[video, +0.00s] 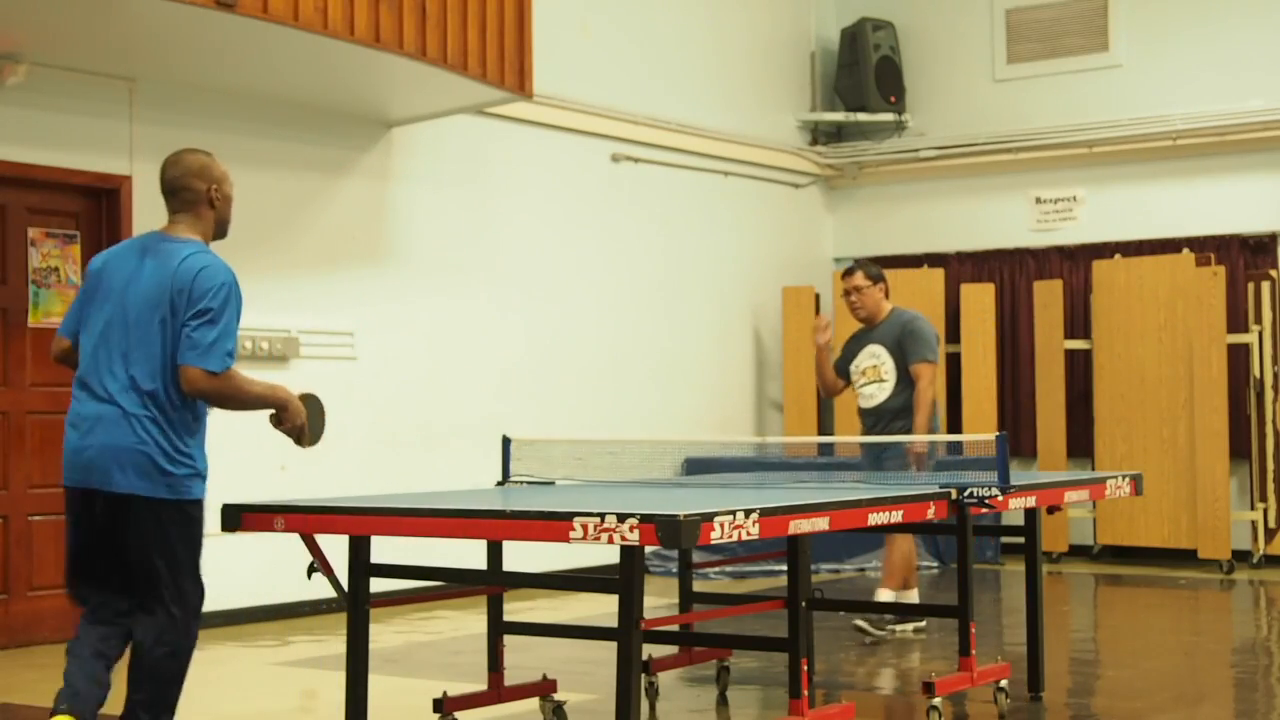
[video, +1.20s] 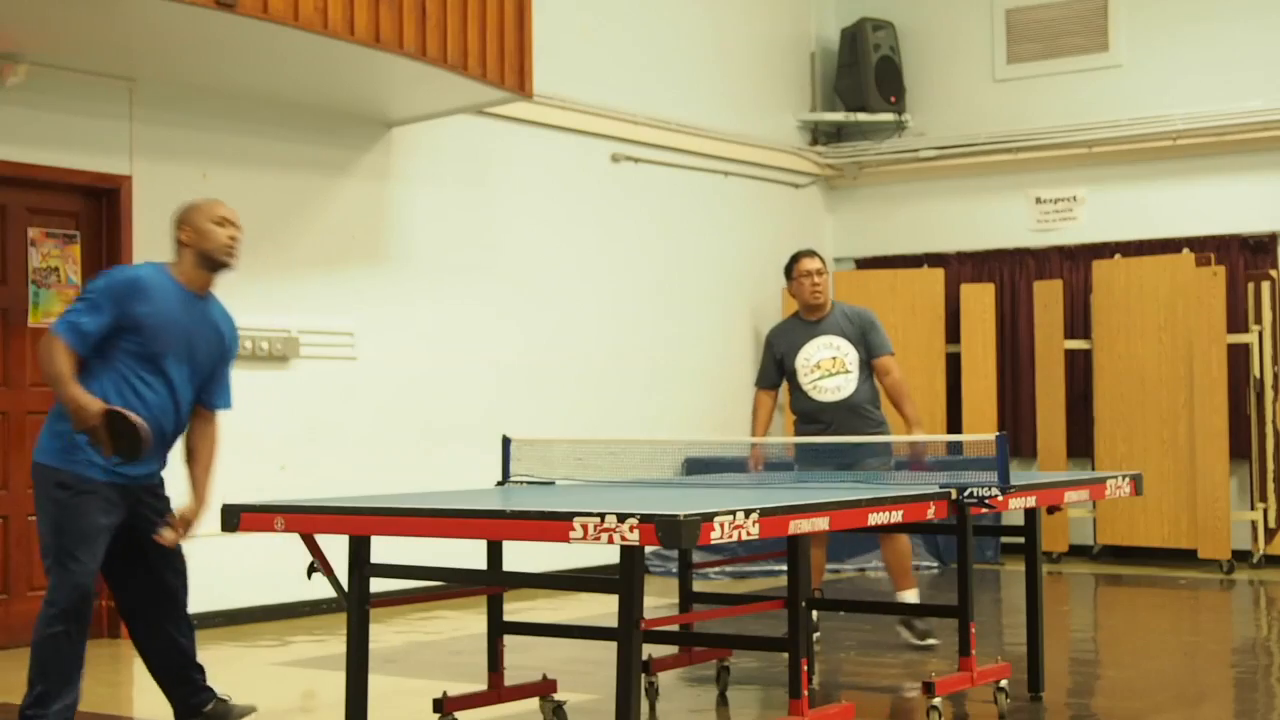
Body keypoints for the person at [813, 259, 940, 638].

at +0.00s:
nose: (853, 299)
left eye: (859, 291)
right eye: (848, 294)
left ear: (882, 290)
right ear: (846, 298)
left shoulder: (911, 325)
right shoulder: (855, 342)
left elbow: (926, 382)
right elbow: (831, 388)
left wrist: (920, 437)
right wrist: (823, 350)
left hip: (907, 442)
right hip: (873, 445)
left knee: (899, 520)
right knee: (896, 521)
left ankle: (883, 605)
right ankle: (910, 608)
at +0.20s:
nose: (843, 299)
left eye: (850, 291)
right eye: (838, 293)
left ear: (872, 290)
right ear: (835, 297)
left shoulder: (898, 331)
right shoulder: (843, 340)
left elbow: (913, 391)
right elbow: (830, 390)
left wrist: (920, 445)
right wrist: (813, 405)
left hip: (888, 446)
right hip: (854, 448)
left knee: (870, 524)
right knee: (880, 525)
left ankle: (859, 614)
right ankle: (908, 607)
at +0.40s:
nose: (833, 292)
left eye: (841, 284)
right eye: (830, 286)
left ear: (865, 286)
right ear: (828, 290)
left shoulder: (886, 330)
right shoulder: (831, 332)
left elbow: (894, 392)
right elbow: (826, 393)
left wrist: (891, 446)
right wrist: (817, 441)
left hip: (866, 442)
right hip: (830, 442)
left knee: (857, 523)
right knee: (835, 523)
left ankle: (856, 612)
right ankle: (880, 580)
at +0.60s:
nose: (821, 288)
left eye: (829, 280)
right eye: (817, 281)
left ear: (852, 283)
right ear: (815, 285)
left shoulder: (873, 325)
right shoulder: (819, 324)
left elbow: (873, 388)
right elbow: (818, 388)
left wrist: (853, 439)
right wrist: (805, 435)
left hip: (860, 443)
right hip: (819, 440)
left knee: (855, 523)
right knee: (807, 518)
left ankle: (857, 614)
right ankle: (828, 598)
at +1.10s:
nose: (808, 282)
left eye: (812, 274)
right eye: (799, 277)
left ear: (823, 278)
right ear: (786, 288)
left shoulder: (854, 319)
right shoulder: (776, 337)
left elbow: (879, 373)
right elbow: (764, 392)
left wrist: (892, 429)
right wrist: (749, 441)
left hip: (864, 441)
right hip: (810, 447)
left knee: (878, 522)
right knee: (810, 526)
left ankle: (885, 613)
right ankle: (809, 613)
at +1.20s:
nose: (813, 282)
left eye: (819, 274)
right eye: (803, 277)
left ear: (829, 279)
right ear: (791, 287)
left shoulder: (861, 320)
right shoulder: (780, 337)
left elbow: (888, 373)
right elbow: (766, 393)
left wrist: (915, 426)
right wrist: (757, 442)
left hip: (868, 442)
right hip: (814, 450)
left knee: (889, 521)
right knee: (812, 529)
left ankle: (910, 609)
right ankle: (809, 614)